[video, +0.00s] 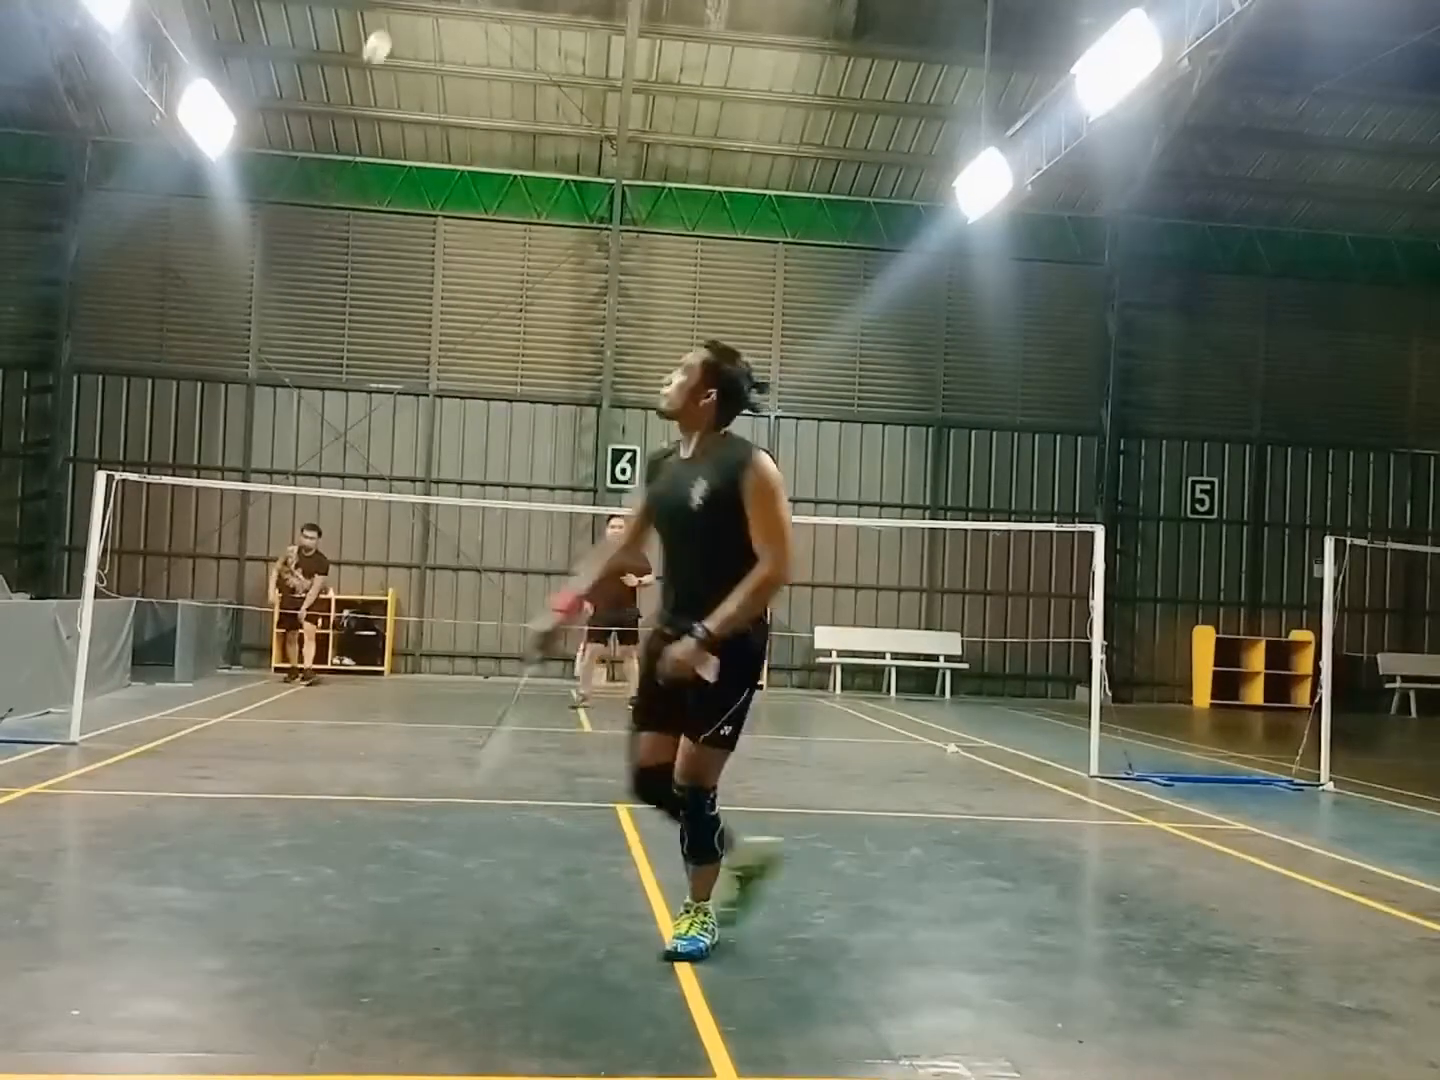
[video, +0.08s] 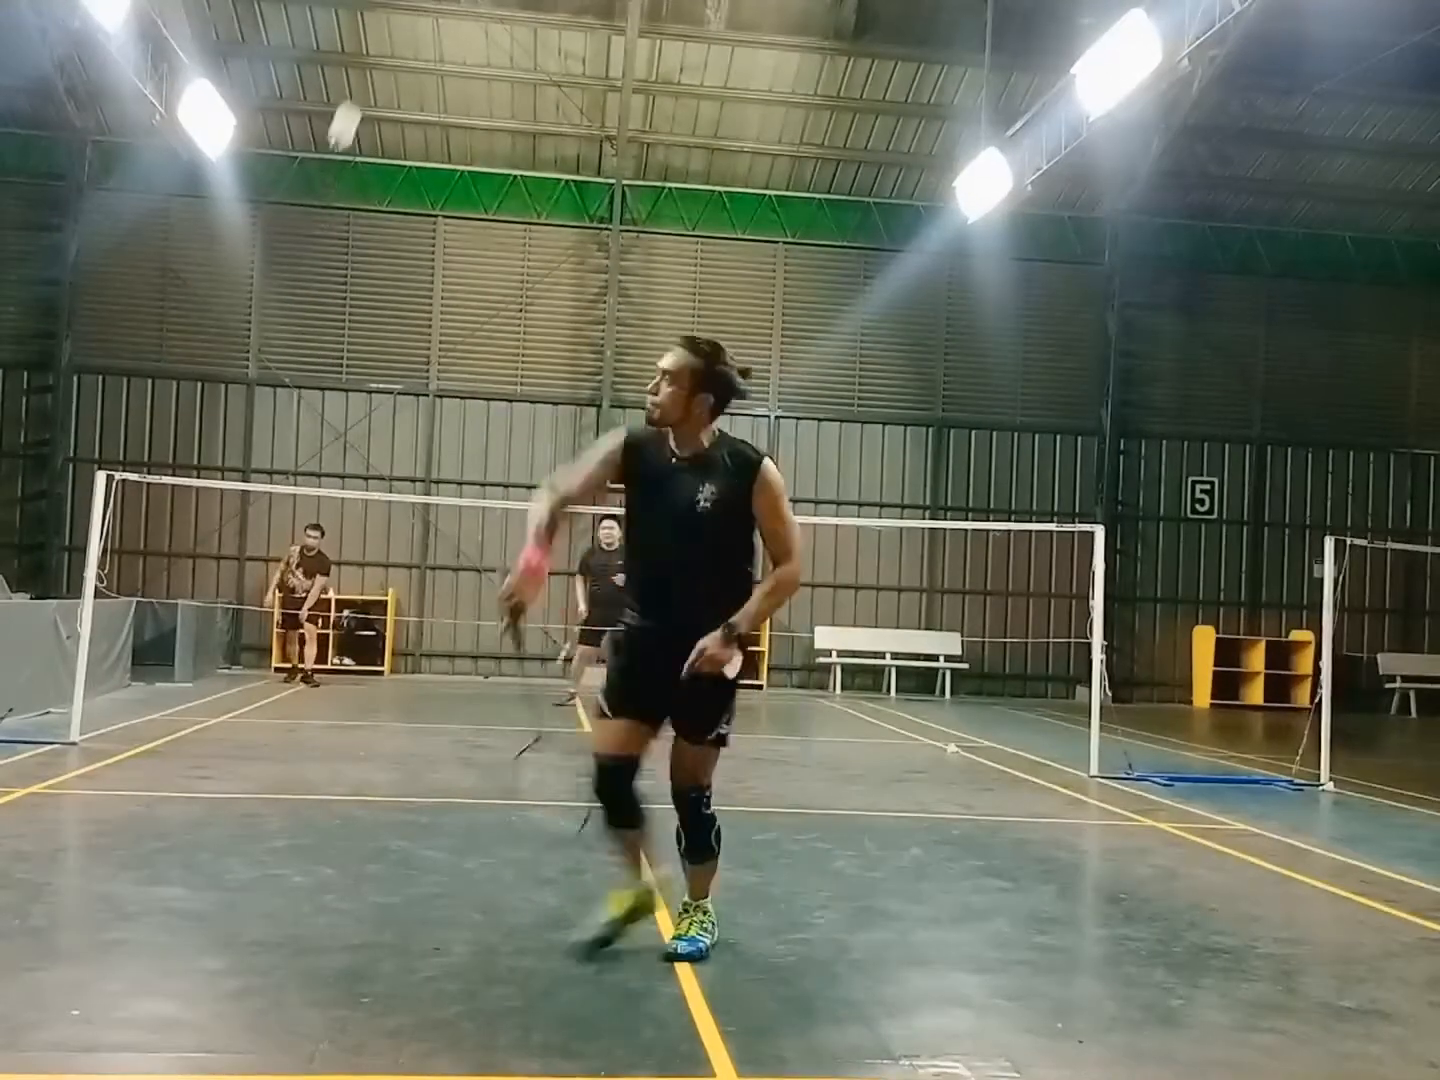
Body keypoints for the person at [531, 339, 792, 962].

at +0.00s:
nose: (669, 382)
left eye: (681, 375)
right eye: (676, 372)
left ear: (708, 396)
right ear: (702, 397)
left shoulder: (751, 468)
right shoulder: (665, 465)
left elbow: (776, 566)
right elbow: (628, 546)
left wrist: (706, 634)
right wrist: (580, 593)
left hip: (732, 640)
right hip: (672, 632)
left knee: (692, 784)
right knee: (649, 780)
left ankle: (698, 912)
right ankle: (743, 855)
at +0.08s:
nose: (654, 388)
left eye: (669, 381)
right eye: (658, 377)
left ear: (704, 399)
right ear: (666, 389)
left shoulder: (751, 471)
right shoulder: (633, 447)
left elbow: (789, 569)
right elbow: (554, 497)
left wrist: (732, 634)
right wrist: (534, 558)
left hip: (715, 644)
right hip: (643, 634)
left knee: (689, 789)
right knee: (611, 772)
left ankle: (698, 909)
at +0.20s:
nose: (647, 390)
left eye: (663, 385)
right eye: (648, 378)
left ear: (698, 400)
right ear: (645, 377)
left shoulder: (735, 457)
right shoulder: (619, 418)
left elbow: (782, 551)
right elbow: (548, 421)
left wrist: (735, 613)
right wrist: (564, 493)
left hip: (685, 633)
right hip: (606, 620)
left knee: (679, 783)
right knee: (574, 768)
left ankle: (693, 903)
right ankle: (550, 926)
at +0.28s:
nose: (664, 410)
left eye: (682, 406)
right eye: (662, 395)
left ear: (713, 416)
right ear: (652, 386)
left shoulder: (711, 470)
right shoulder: (611, 412)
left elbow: (732, 553)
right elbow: (522, 416)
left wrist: (718, 588)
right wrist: (560, 424)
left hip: (646, 623)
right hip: (570, 614)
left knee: (666, 793)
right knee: (535, 772)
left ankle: (673, 898)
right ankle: (482, 952)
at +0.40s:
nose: (723, 460)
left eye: (732, 450)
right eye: (723, 443)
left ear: (724, 444)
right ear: (697, 419)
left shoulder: (665, 482)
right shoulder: (630, 450)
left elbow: (644, 560)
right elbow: (533, 442)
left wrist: (670, 605)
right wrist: (433, 458)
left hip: (589, 622)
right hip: (535, 616)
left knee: (638, 762)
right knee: (516, 782)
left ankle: (618, 891)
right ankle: (453, 963)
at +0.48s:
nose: (735, 470)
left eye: (743, 459)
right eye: (736, 454)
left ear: (701, 435)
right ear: (700, 433)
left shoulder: (648, 465)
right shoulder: (657, 465)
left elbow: (558, 535)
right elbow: (548, 475)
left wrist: (616, 578)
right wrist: (469, 518)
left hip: (546, 618)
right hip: (519, 616)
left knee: (593, 750)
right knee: (513, 782)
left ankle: (561, 909)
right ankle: (436, 967)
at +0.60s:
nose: (717, 443)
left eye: (721, 431)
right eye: (720, 430)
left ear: (664, 407)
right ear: (706, 423)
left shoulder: (599, 434)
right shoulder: (668, 455)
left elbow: (505, 491)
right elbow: (597, 496)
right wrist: (545, 553)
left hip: (505, 602)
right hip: (542, 611)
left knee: (565, 746)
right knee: (498, 787)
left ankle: (536, 920)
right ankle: (408, 967)